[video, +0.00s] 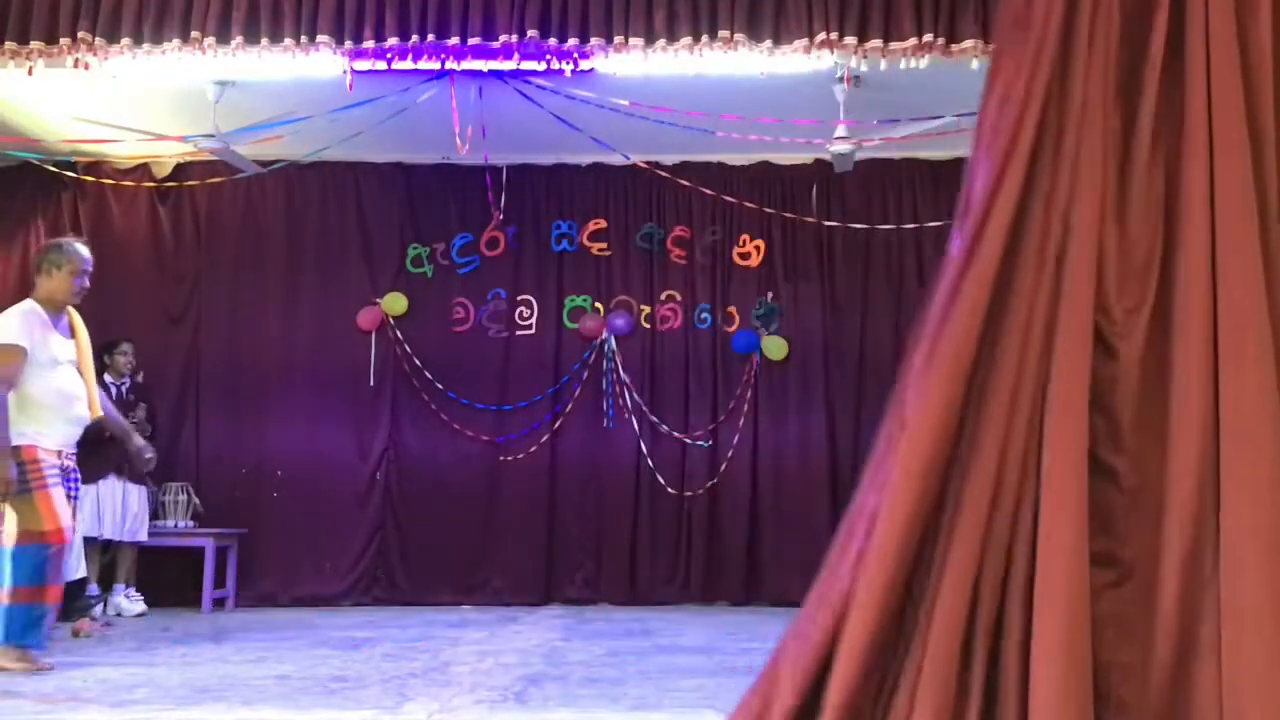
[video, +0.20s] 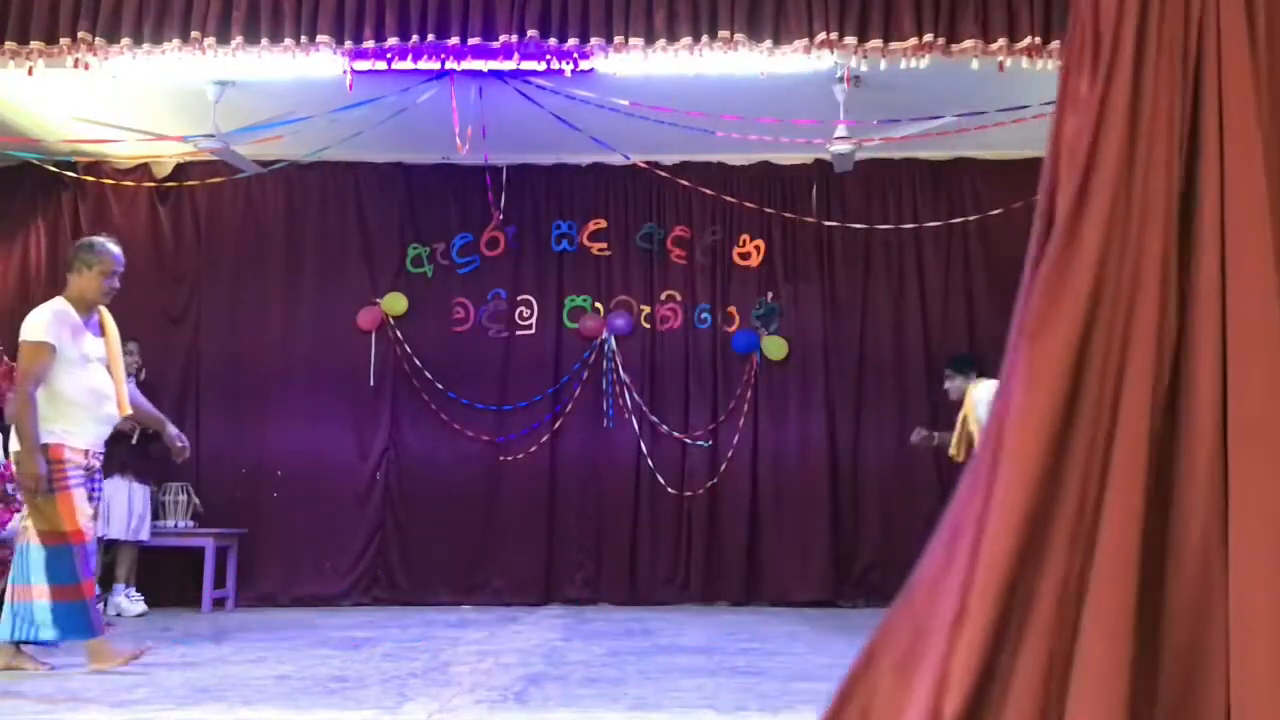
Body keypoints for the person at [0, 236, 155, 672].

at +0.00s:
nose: (85, 284)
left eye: (88, 276)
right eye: (78, 275)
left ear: (79, 279)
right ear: (47, 272)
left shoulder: (70, 324)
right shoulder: (19, 319)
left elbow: (86, 393)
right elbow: (4, 385)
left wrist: (128, 436)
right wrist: (3, 455)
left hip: (62, 449)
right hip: (27, 446)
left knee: (49, 539)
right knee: (55, 533)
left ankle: (23, 642)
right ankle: (16, 643)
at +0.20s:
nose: (116, 285)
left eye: (119, 277)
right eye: (109, 275)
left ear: (105, 277)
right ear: (80, 272)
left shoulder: (97, 327)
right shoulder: (49, 319)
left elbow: (120, 387)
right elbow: (23, 390)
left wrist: (163, 425)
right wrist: (28, 454)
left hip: (84, 454)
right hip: (52, 451)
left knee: (37, 547)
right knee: (77, 544)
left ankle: (10, 643)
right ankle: (98, 647)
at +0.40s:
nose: (156, 292)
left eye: (159, 284)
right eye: (149, 282)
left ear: (152, 285)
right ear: (120, 279)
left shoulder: (140, 329)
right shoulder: (85, 325)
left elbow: (150, 399)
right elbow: (63, 396)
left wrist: (178, 444)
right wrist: (63, 464)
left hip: (115, 456)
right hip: (85, 452)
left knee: (61, 551)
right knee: (110, 546)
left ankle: (15, 638)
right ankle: (114, 651)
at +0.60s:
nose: (199, 301)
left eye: (203, 293)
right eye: (192, 291)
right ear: (163, 283)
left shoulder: (173, 334)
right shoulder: (129, 327)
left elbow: (165, 406)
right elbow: (112, 399)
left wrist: (162, 462)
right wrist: (120, 466)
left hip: (152, 456)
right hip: (114, 453)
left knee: (171, 543)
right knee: (133, 543)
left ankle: (121, 639)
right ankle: (115, 653)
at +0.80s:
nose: (246, 289)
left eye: (251, 281)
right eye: (240, 278)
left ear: (241, 280)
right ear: (210, 270)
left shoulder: (217, 321)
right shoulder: (178, 313)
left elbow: (207, 386)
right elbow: (161, 382)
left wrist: (205, 446)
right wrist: (195, 449)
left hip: (197, 446)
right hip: (156, 443)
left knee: (217, 532)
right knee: (135, 538)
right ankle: (113, 644)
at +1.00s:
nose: (293, 289)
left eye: (295, 280)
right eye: (287, 278)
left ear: (269, 279)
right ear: (258, 274)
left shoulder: (261, 324)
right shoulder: (227, 319)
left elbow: (253, 392)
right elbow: (218, 390)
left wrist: (263, 452)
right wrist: (247, 459)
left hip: (253, 452)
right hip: (213, 451)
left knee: (266, 544)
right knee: (194, 544)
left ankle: (261, 646)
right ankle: (128, 636)